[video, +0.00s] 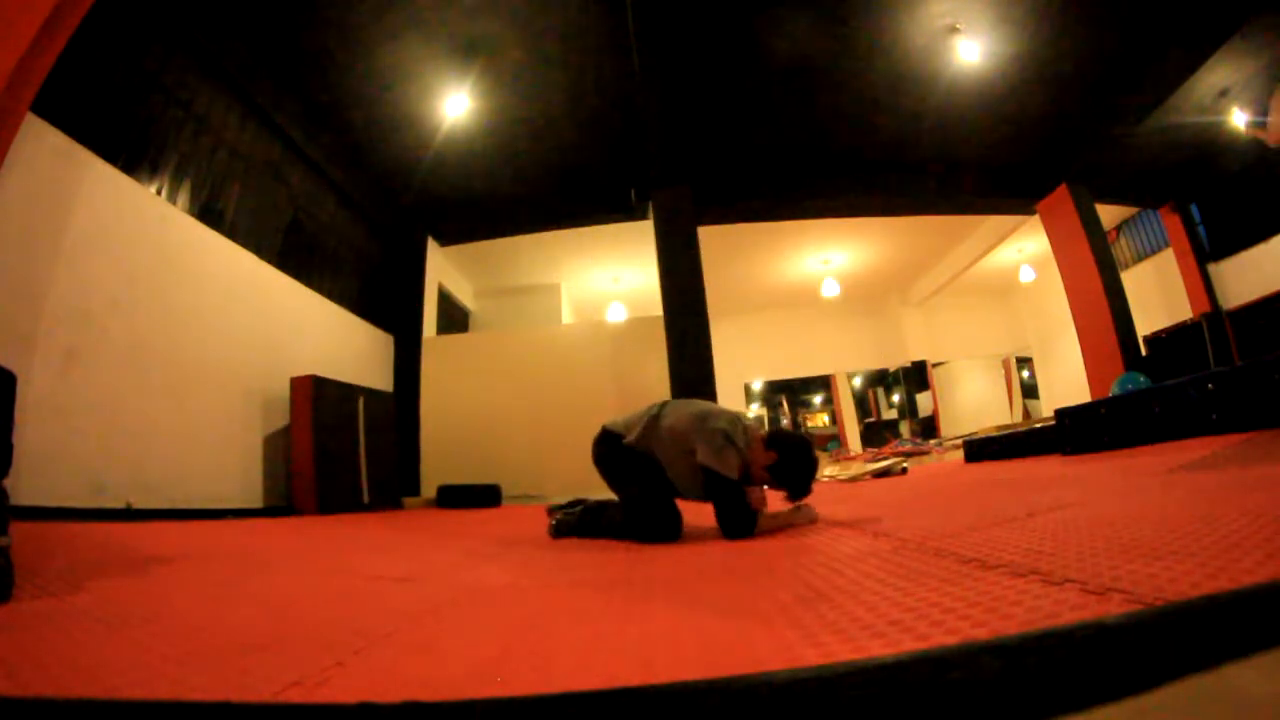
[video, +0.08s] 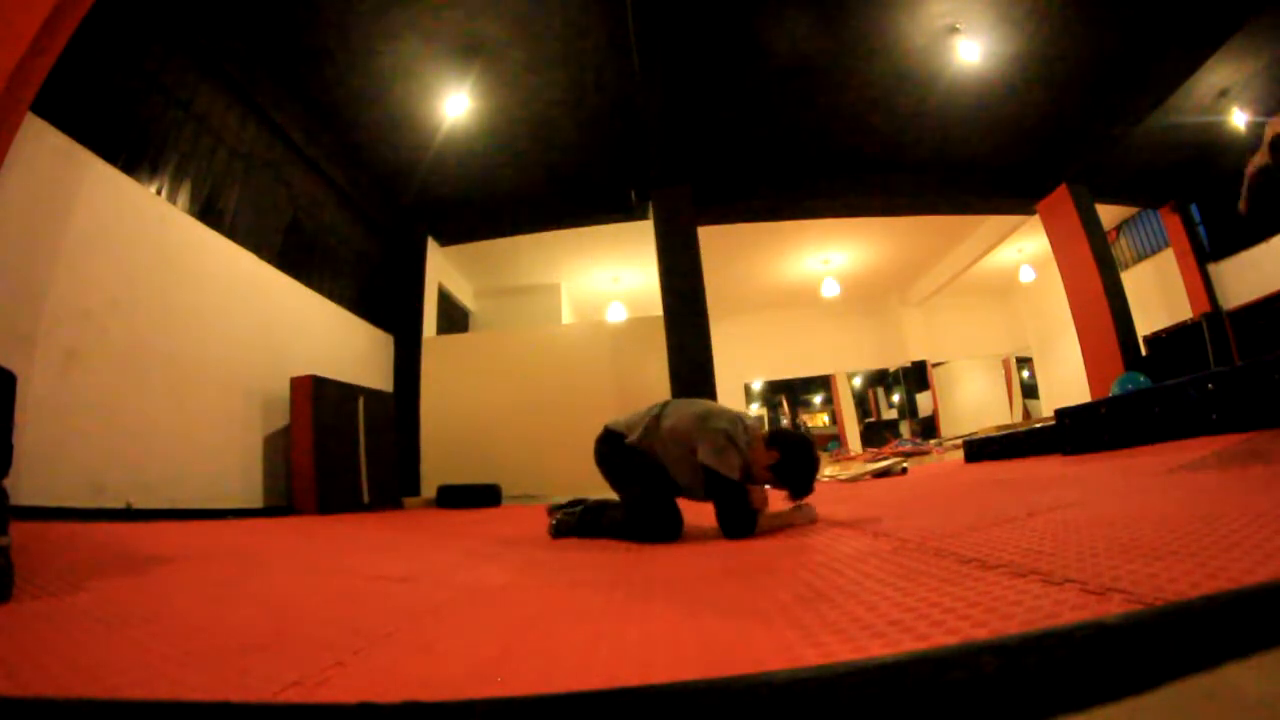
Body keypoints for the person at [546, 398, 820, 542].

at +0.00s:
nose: (761, 487)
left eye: (769, 486)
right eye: (767, 481)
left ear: (767, 449)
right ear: (768, 458)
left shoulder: (738, 436)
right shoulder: (720, 438)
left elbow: (731, 516)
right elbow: (736, 527)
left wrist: (751, 507)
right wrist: (789, 520)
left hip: (639, 449)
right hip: (618, 448)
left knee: (663, 518)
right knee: (664, 527)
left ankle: (588, 510)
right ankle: (579, 520)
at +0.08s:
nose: (764, 486)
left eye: (771, 485)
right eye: (770, 480)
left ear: (768, 448)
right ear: (770, 457)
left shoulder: (741, 435)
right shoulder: (721, 439)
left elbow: (736, 515)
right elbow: (737, 528)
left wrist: (754, 506)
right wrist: (791, 519)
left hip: (643, 449)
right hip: (620, 448)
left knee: (664, 518)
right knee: (664, 526)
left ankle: (589, 510)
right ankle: (580, 521)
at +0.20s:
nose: (770, 484)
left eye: (777, 484)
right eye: (774, 479)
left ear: (770, 445)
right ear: (772, 454)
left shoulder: (744, 436)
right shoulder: (723, 439)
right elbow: (736, 528)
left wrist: (752, 502)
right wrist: (789, 519)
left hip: (643, 450)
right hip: (620, 448)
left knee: (663, 519)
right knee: (665, 527)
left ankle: (586, 510)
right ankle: (578, 520)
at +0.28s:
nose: (772, 480)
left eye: (781, 480)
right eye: (777, 474)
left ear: (768, 440)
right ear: (769, 445)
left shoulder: (743, 436)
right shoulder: (721, 438)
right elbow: (736, 528)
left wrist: (753, 502)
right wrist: (788, 519)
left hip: (641, 451)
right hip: (617, 449)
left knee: (663, 519)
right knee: (664, 526)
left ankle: (586, 511)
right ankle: (579, 520)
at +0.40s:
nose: (771, 467)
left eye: (780, 465)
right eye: (774, 455)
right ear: (760, 429)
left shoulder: (741, 445)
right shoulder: (715, 438)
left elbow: (736, 515)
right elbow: (735, 529)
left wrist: (753, 506)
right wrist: (788, 520)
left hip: (636, 454)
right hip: (611, 450)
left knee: (664, 520)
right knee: (664, 526)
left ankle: (584, 510)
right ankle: (578, 520)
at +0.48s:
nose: (765, 462)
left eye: (775, 459)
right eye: (767, 449)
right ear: (751, 425)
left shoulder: (737, 442)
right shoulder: (712, 440)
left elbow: (734, 514)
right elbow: (736, 529)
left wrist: (752, 506)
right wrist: (789, 519)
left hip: (631, 454)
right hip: (605, 452)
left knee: (664, 518)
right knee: (663, 526)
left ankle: (583, 511)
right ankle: (576, 521)